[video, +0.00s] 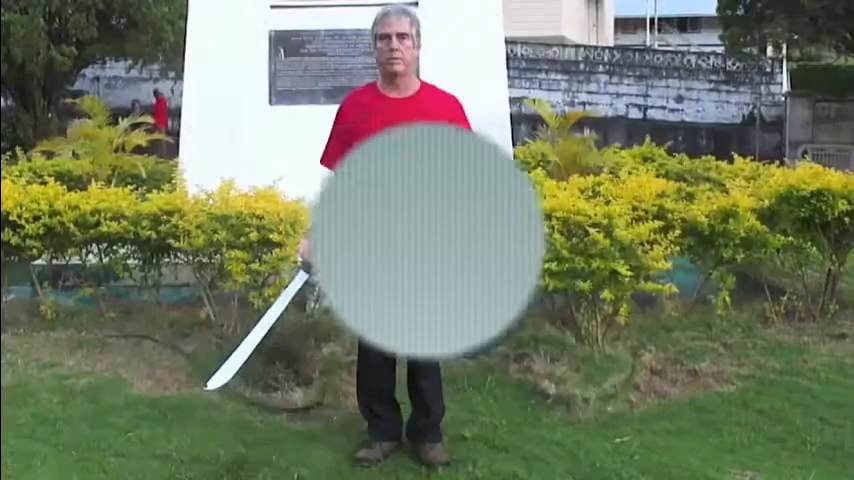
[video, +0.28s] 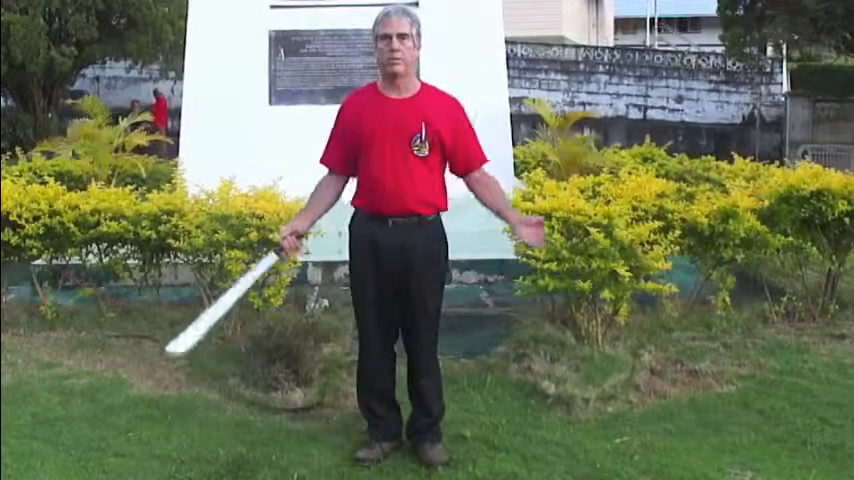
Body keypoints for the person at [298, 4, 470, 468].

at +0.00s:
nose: (393, 45)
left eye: (403, 37)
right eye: (384, 38)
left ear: (418, 45)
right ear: (373, 48)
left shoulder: (447, 105)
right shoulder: (355, 105)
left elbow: (467, 181)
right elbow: (334, 182)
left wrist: (471, 240)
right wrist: (315, 237)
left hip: (430, 236)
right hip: (372, 237)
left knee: (426, 335)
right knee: (375, 337)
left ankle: (428, 434)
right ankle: (382, 432)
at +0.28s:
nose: (394, 46)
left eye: (403, 38)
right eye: (385, 39)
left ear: (418, 46)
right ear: (374, 48)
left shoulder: (443, 106)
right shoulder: (356, 106)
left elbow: (474, 172)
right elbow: (336, 175)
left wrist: (514, 218)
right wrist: (301, 222)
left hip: (423, 233)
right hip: (368, 232)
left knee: (422, 340)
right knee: (373, 339)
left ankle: (428, 435)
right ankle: (382, 432)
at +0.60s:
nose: (396, 47)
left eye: (405, 39)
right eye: (386, 39)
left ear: (419, 46)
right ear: (375, 48)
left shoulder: (448, 106)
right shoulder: (356, 105)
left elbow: (496, 152)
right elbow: (315, 162)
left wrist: (523, 120)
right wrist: (273, 159)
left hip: (425, 232)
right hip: (370, 232)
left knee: (422, 339)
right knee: (374, 339)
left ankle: (427, 435)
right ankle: (382, 434)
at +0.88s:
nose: (395, 46)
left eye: (404, 38)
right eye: (387, 39)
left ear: (419, 47)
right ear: (376, 48)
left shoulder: (446, 104)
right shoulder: (353, 104)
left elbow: (494, 144)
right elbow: (294, 138)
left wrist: (481, 93)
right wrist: (287, 98)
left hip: (425, 232)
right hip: (371, 233)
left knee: (423, 339)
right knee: (375, 338)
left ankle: (428, 434)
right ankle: (381, 433)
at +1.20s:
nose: (399, 47)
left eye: (408, 38)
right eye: (389, 39)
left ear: (423, 45)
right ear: (378, 47)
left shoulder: (447, 105)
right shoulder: (356, 101)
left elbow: (488, 170)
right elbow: (299, 140)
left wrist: (476, 113)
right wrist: (310, 97)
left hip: (426, 232)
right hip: (372, 232)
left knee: (424, 339)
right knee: (375, 338)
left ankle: (428, 434)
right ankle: (381, 434)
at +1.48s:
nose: (404, 46)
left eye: (414, 37)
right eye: (395, 38)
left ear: (428, 45)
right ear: (383, 47)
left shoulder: (451, 104)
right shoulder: (360, 102)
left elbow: (492, 169)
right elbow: (305, 145)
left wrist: (481, 108)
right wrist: (318, 102)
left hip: (431, 233)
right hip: (376, 233)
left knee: (427, 340)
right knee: (375, 338)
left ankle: (427, 435)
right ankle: (381, 434)